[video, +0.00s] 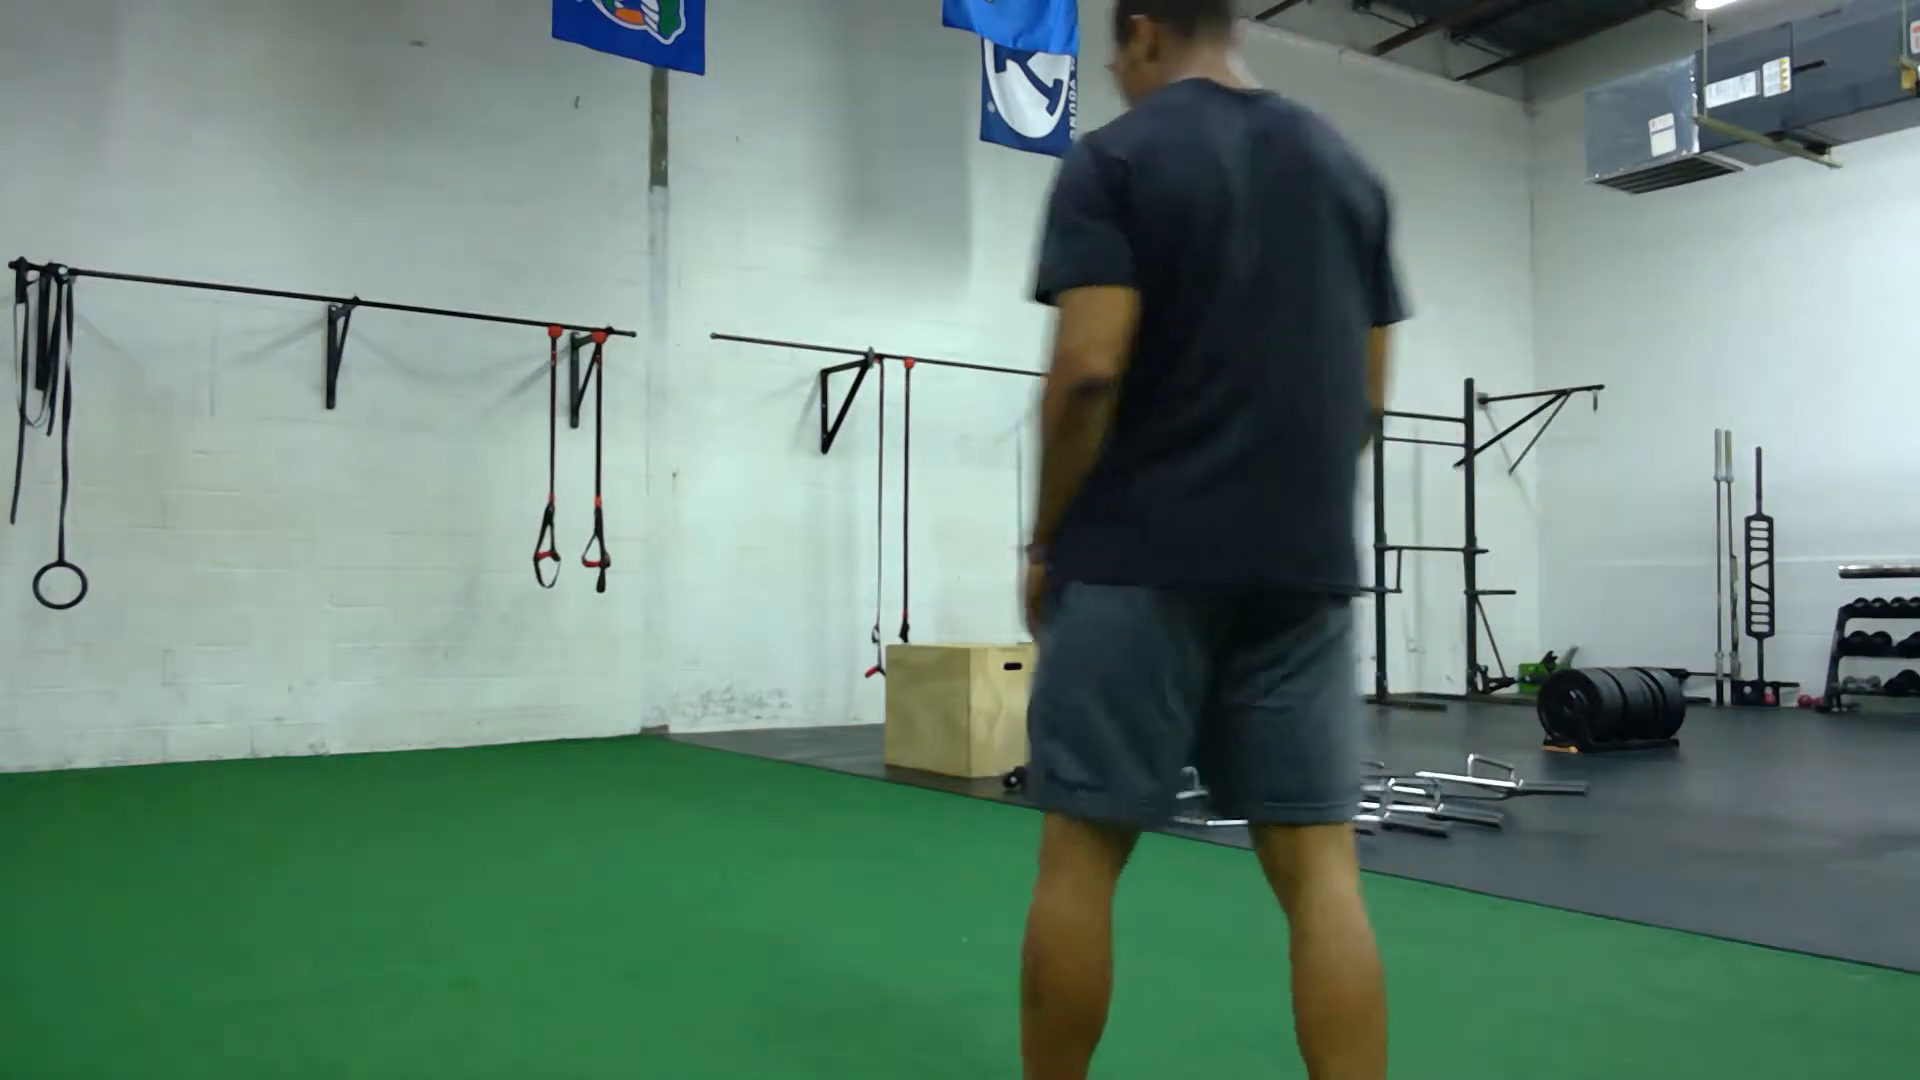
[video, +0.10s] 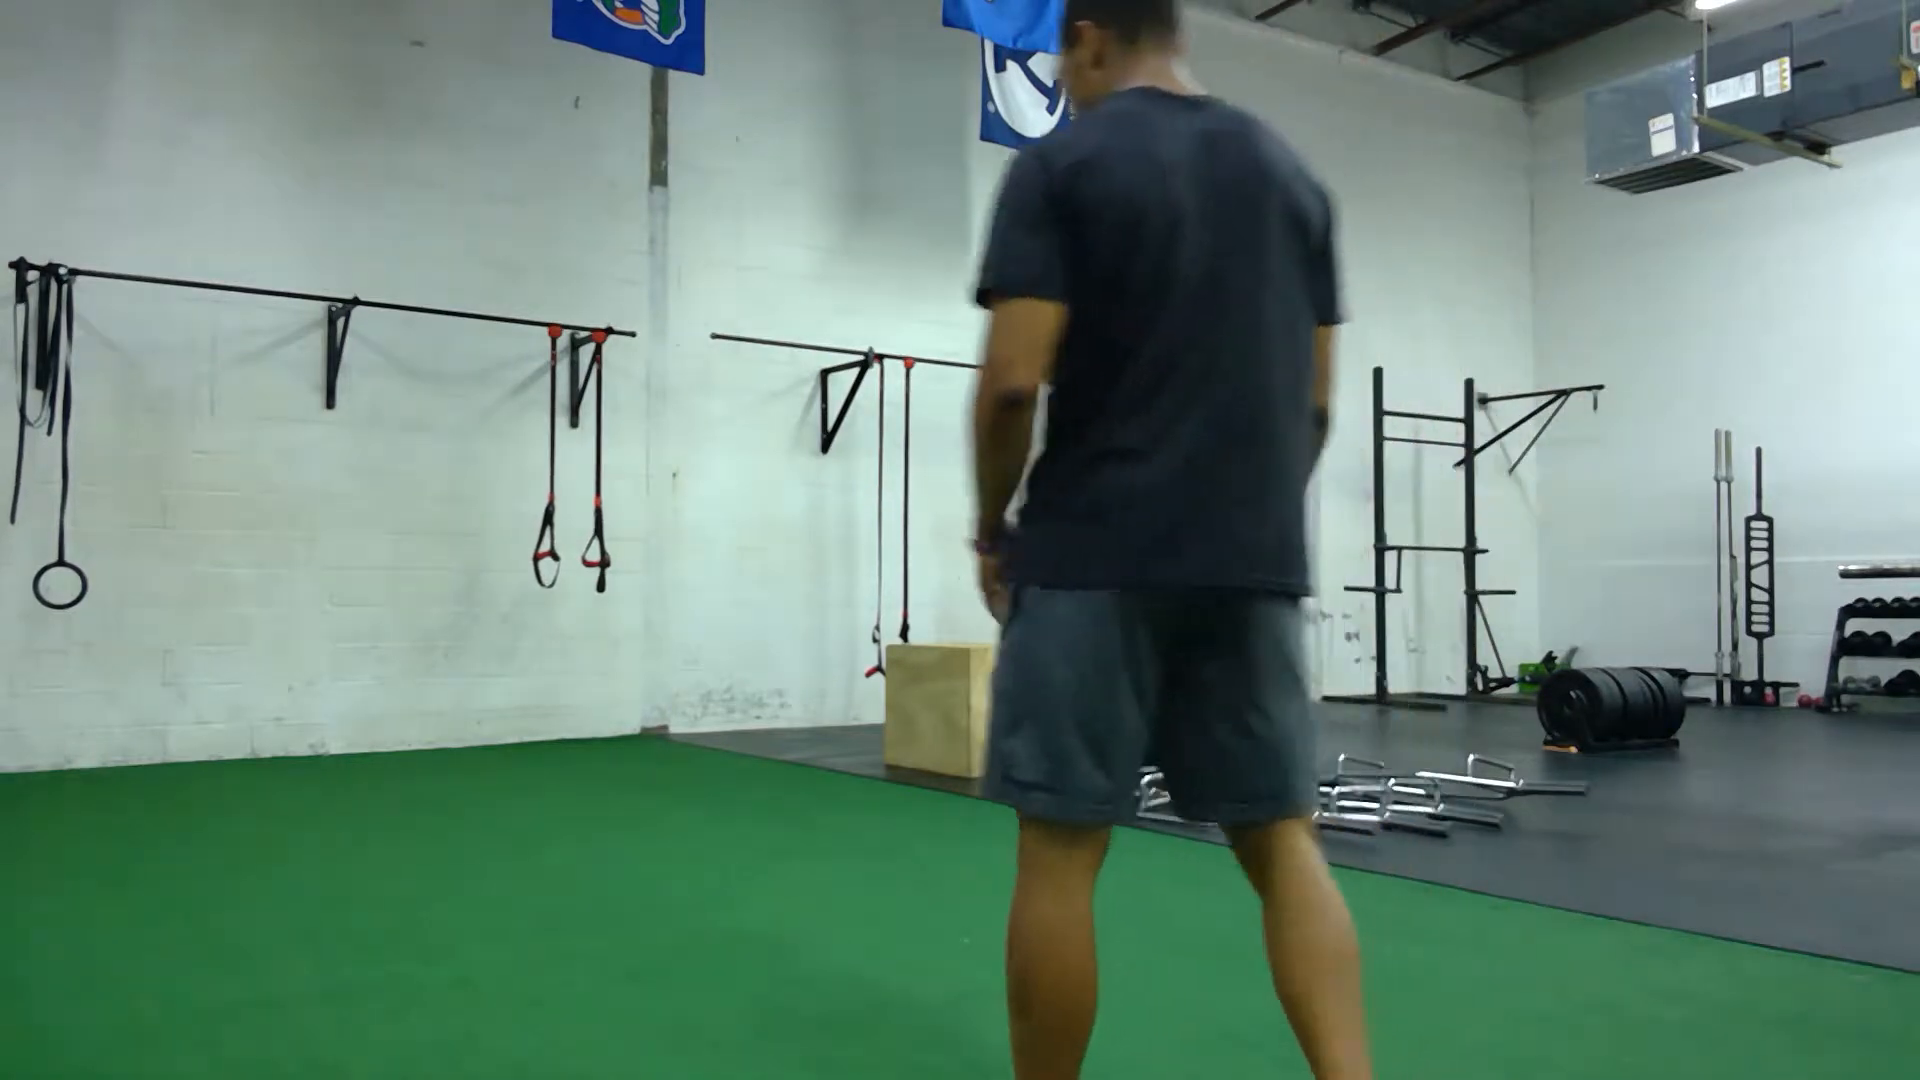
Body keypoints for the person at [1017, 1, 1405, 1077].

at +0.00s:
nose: (1112, 76)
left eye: (1113, 52)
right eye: (1113, 53)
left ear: (1144, 33)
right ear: (1236, 36)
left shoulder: (1119, 157)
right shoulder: (1348, 172)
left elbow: (1087, 369)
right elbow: (1365, 396)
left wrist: (1049, 539)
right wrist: (1274, 496)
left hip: (1140, 560)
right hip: (1307, 563)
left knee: (1080, 860)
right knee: (1322, 871)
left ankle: (1050, 1072)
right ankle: (1356, 1073)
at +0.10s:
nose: (1057, 82)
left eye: (1060, 58)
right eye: (1060, 60)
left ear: (1089, 43)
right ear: (1178, 42)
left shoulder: (1060, 163)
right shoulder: (1290, 174)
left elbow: (1011, 384)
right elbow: (1315, 405)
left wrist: (992, 522)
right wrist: (1245, 518)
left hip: (1092, 554)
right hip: (1253, 554)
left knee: (1059, 855)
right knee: (1283, 839)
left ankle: (1043, 1070)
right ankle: (1351, 1070)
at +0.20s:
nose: (1010, 84)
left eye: (1012, 62)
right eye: (1011, 64)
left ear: (1038, 50)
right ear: (1122, 45)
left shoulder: (1011, 168)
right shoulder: (1241, 172)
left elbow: (963, 396)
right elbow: (1289, 398)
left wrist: (955, 503)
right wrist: (1274, 576)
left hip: (1075, 548)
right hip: (1223, 546)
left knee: (1056, 853)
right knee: (1199, 790)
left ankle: (1046, 1076)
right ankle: (1300, 1030)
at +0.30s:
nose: (979, 104)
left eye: (977, 84)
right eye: (979, 86)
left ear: (999, 61)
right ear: (1084, 57)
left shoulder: (981, 172)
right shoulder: (1212, 171)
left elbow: (935, 402)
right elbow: (1285, 372)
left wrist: (934, 455)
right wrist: (1319, 558)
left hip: (1070, 544)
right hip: (1207, 542)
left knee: (1053, 853)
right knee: (1119, 759)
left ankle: (1045, 1079)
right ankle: (1223, 985)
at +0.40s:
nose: (954, 109)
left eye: (953, 92)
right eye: (954, 94)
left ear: (974, 68)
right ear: (1068, 58)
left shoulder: (963, 174)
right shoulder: (1190, 174)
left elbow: (931, 402)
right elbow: (1276, 353)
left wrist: (930, 411)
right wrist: (1343, 538)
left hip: (1058, 551)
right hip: (1188, 546)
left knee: (1046, 850)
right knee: (1092, 781)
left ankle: (1045, 1079)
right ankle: (1165, 1027)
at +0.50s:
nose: (944, 105)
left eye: (943, 87)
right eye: (944, 89)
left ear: (967, 64)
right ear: (1058, 59)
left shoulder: (956, 166)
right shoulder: (1173, 177)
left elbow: (939, 383)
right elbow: (1254, 356)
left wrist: (925, 417)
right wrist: (1314, 541)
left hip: (1041, 554)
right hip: (1170, 551)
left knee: (1035, 851)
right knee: (1100, 805)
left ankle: (1042, 1071)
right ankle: (1154, 1061)